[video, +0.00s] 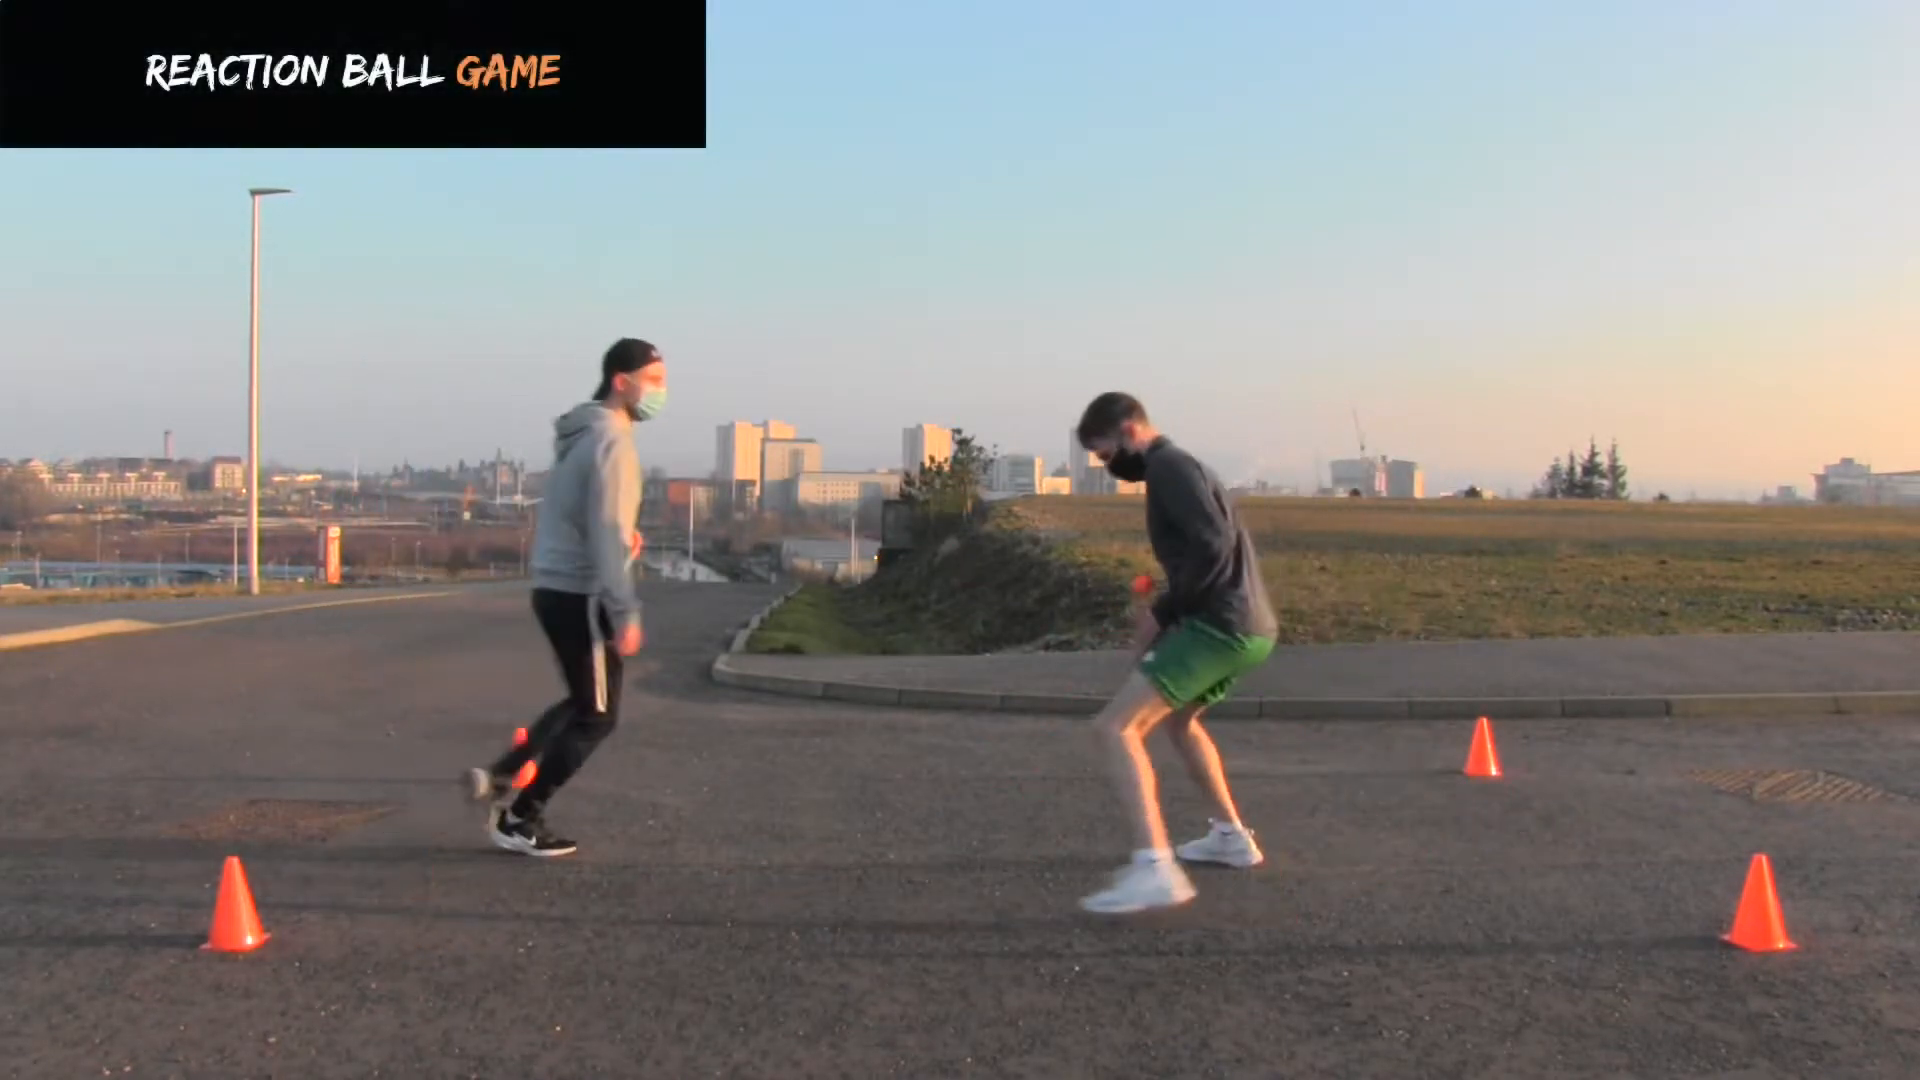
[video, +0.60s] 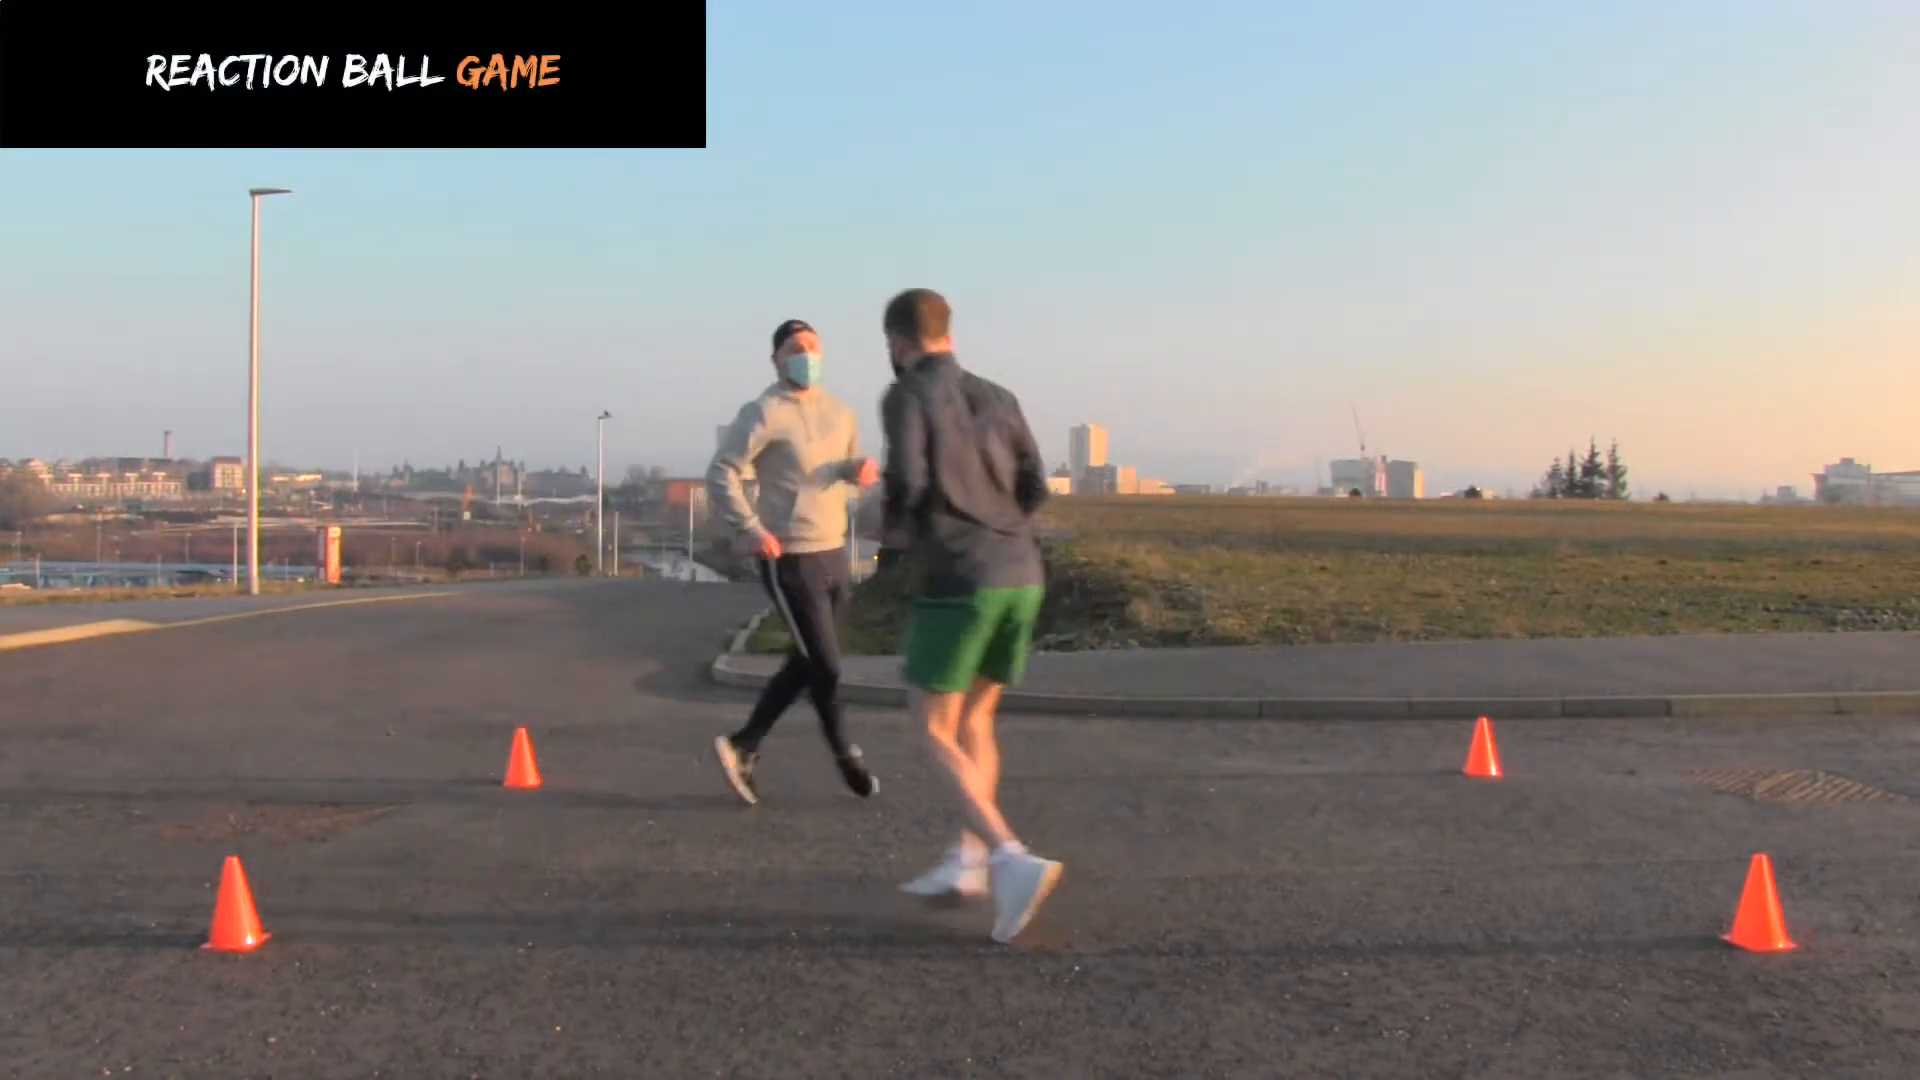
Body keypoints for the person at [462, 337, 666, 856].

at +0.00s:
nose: (661, 390)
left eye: (663, 380)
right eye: (654, 380)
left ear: (619, 383)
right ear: (622, 381)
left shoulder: (587, 431)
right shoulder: (612, 439)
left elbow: (575, 514)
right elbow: (606, 531)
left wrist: (618, 534)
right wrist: (625, 614)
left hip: (557, 587)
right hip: (578, 591)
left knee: (587, 701)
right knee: (597, 713)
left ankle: (500, 776)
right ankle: (520, 819)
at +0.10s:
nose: (688, 375)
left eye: (689, 366)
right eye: (681, 366)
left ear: (647, 370)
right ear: (648, 368)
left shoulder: (613, 419)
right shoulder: (643, 427)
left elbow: (571, 473)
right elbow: (643, 518)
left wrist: (614, 507)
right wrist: (669, 585)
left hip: (595, 572)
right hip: (608, 578)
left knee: (636, 679)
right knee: (596, 698)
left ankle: (571, 780)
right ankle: (525, 811)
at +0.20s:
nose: (722, 361)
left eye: (723, 352)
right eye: (715, 352)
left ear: (684, 355)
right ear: (684, 353)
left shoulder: (654, 402)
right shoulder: (688, 408)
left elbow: (622, 453)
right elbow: (687, 493)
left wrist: (668, 487)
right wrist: (715, 540)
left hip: (644, 552)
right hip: (659, 556)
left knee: (675, 667)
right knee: (637, 676)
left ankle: (687, 782)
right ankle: (561, 792)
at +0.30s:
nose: (741, 375)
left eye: (743, 367)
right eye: (734, 366)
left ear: (710, 370)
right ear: (705, 367)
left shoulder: (694, 414)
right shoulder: (706, 418)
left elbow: (683, 496)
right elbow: (699, 501)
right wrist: (738, 541)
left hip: (683, 562)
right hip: (682, 564)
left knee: (715, 670)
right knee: (686, 682)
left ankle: (703, 785)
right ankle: (589, 779)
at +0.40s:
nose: (769, 387)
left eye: (772, 379)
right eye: (760, 379)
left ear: (772, 384)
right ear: (735, 383)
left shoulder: (763, 434)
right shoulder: (724, 433)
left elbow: (757, 497)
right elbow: (699, 509)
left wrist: (788, 515)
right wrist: (739, 565)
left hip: (749, 577)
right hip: (717, 580)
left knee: (755, 687)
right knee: (754, 689)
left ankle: (709, 784)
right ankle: (673, 782)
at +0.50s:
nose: (785, 373)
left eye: (789, 365)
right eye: (773, 366)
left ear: (796, 371)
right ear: (752, 372)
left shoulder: (797, 429)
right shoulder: (737, 424)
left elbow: (789, 494)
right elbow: (702, 492)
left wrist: (827, 500)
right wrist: (738, 549)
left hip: (784, 569)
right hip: (746, 570)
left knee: (759, 674)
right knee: (790, 674)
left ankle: (712, 776)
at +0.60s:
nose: (806, 358)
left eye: (812, 350)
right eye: (795, 351)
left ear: (822, 356)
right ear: (777, 360)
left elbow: (846, 477)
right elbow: (722, 475)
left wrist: (860, 472)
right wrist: (751, 529)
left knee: (811, 661)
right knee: (825, 663)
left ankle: (743, 745)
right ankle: (845, 752)